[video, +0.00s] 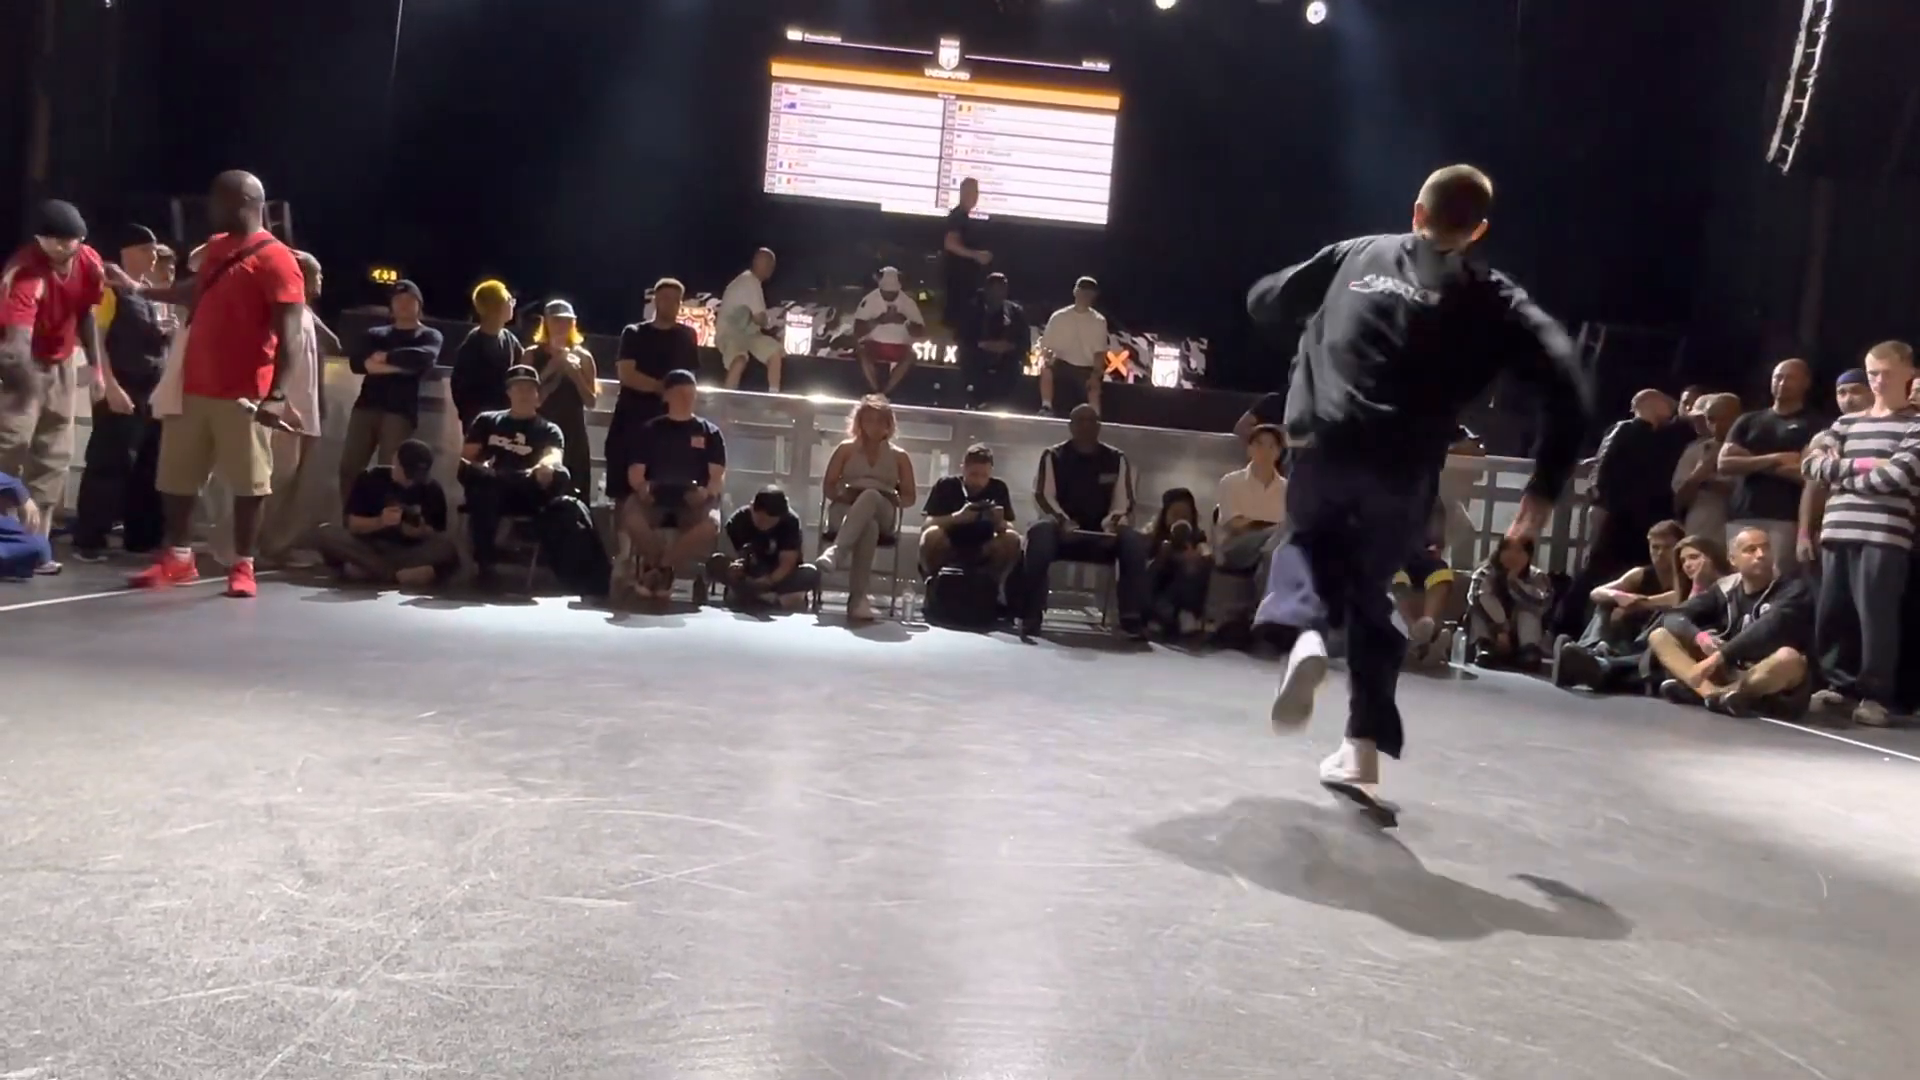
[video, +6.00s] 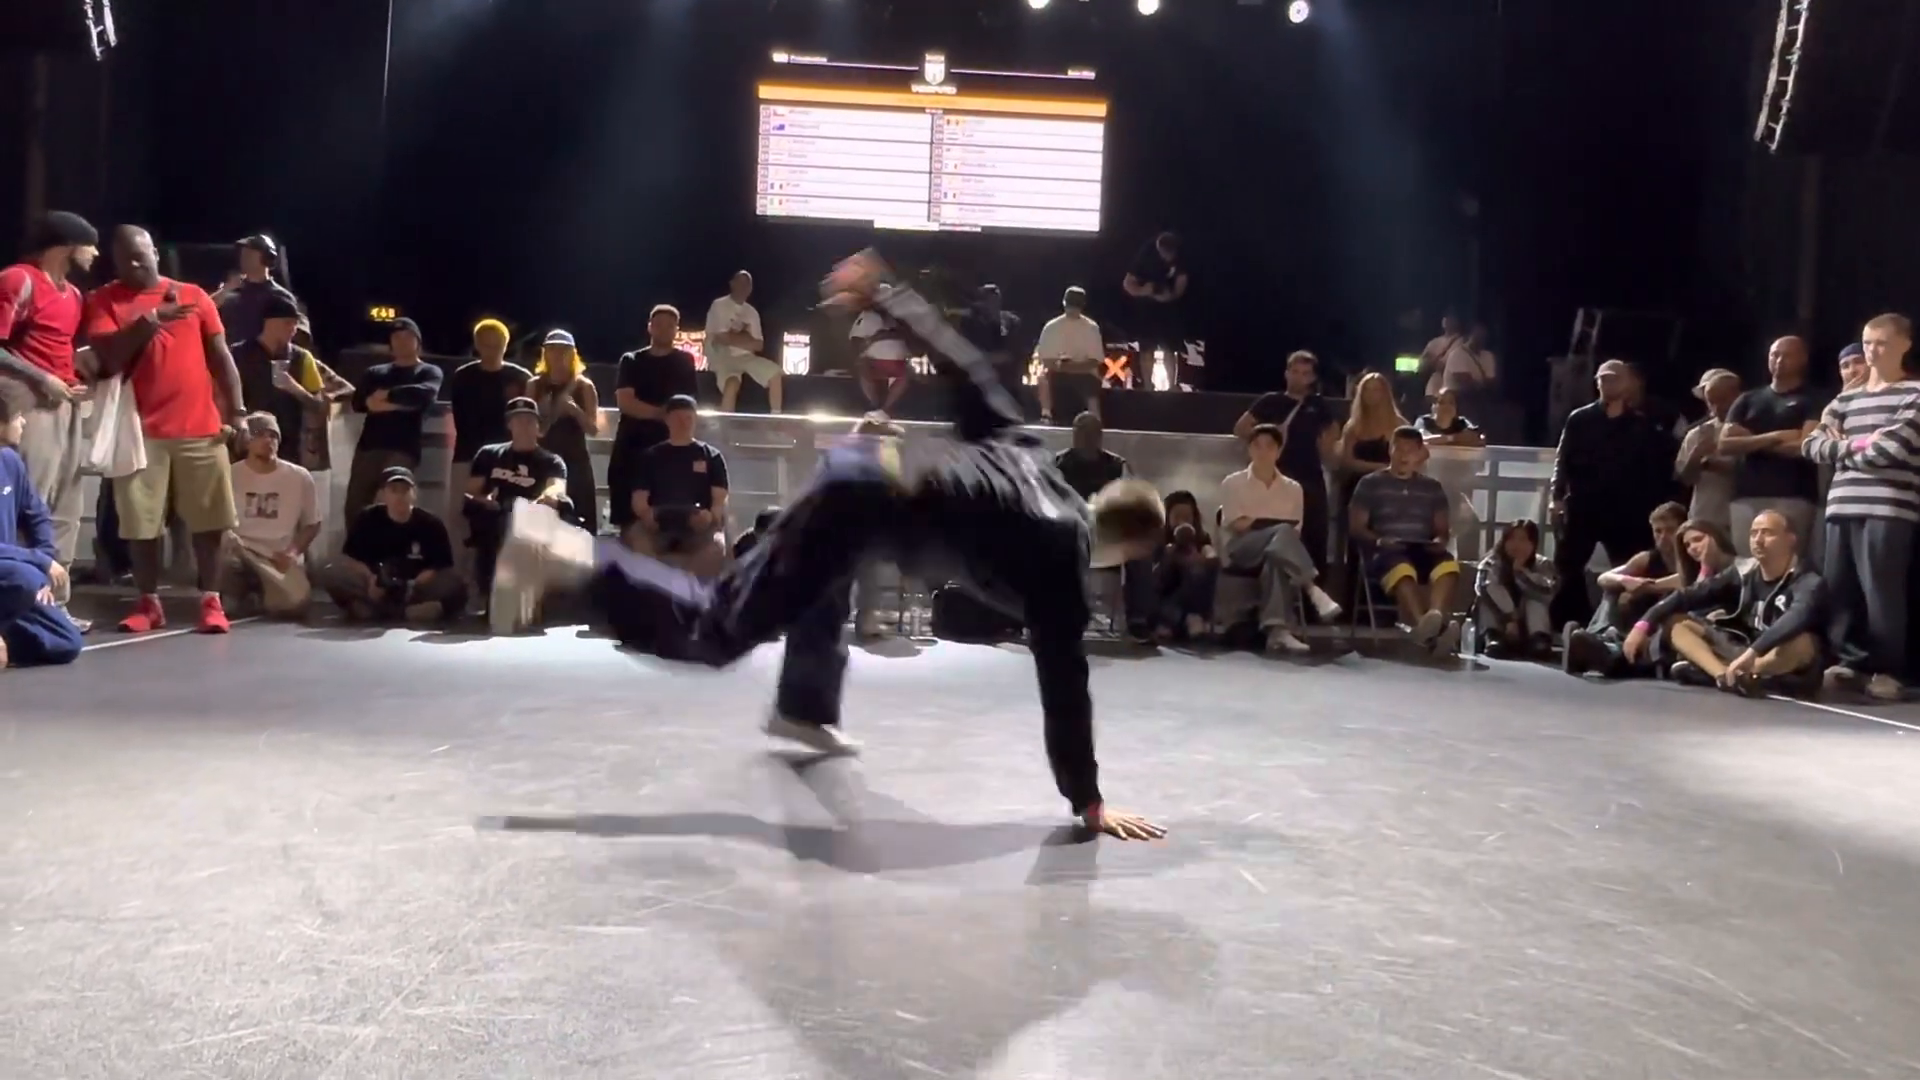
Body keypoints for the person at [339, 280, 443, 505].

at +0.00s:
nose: (403, 305)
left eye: (408, 300)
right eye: (398, 300)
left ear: (418, 305)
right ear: (392, 306)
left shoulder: (431, 335)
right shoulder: (376, 333)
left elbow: (423, 360)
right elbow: (357, 364)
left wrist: (384, 357)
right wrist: (401, 366)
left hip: (400, 410)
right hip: (367, 407)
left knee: (390, 471)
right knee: (350, 467)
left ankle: (386, 524)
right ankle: (351, 524)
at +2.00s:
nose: (401, 311)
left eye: (407, 306)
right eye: (396, 306)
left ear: (416, 312)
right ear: (389, 312)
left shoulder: (427, 342)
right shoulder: (372, 339)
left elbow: (420, 368)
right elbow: (353, 370)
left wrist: (380, 363)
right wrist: (395, 373)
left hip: (396, 419)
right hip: (363, 416)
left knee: (389, 480)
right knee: (346, 476)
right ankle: (343, 525)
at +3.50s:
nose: (370, 336)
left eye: (375, 331)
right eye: (365, 331)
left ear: (386, 336)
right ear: (359, 337)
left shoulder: (399, 365)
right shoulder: (344, 365)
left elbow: (394, 390)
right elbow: (325, 396)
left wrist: (355, 389)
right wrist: (367, 399)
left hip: (371, 443)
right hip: (338, 441)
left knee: (366, 504)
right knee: (323, 502)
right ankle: (321, 551)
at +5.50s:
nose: (396, 350)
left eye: (401, 345)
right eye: (392, 345)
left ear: (411, 350)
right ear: (385, 351)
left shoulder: (424, 379)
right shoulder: (369, 379)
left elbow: (418, 403)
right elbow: (352, 411)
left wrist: (380, 402)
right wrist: (394, 412)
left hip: (396, 458)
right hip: (363, 455)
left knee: (391, 518)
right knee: (350, 517)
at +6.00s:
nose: (401, 342)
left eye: (407, 337)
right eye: (397, 337)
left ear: (417, 342)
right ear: (391, 343)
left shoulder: (430, 372)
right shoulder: (375, 372)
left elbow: (424, 396)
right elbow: (358, 403)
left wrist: (385, 395)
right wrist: (401, 404)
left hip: (403, 447)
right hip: (370, 445)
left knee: (393, 506)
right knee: (355, 504)